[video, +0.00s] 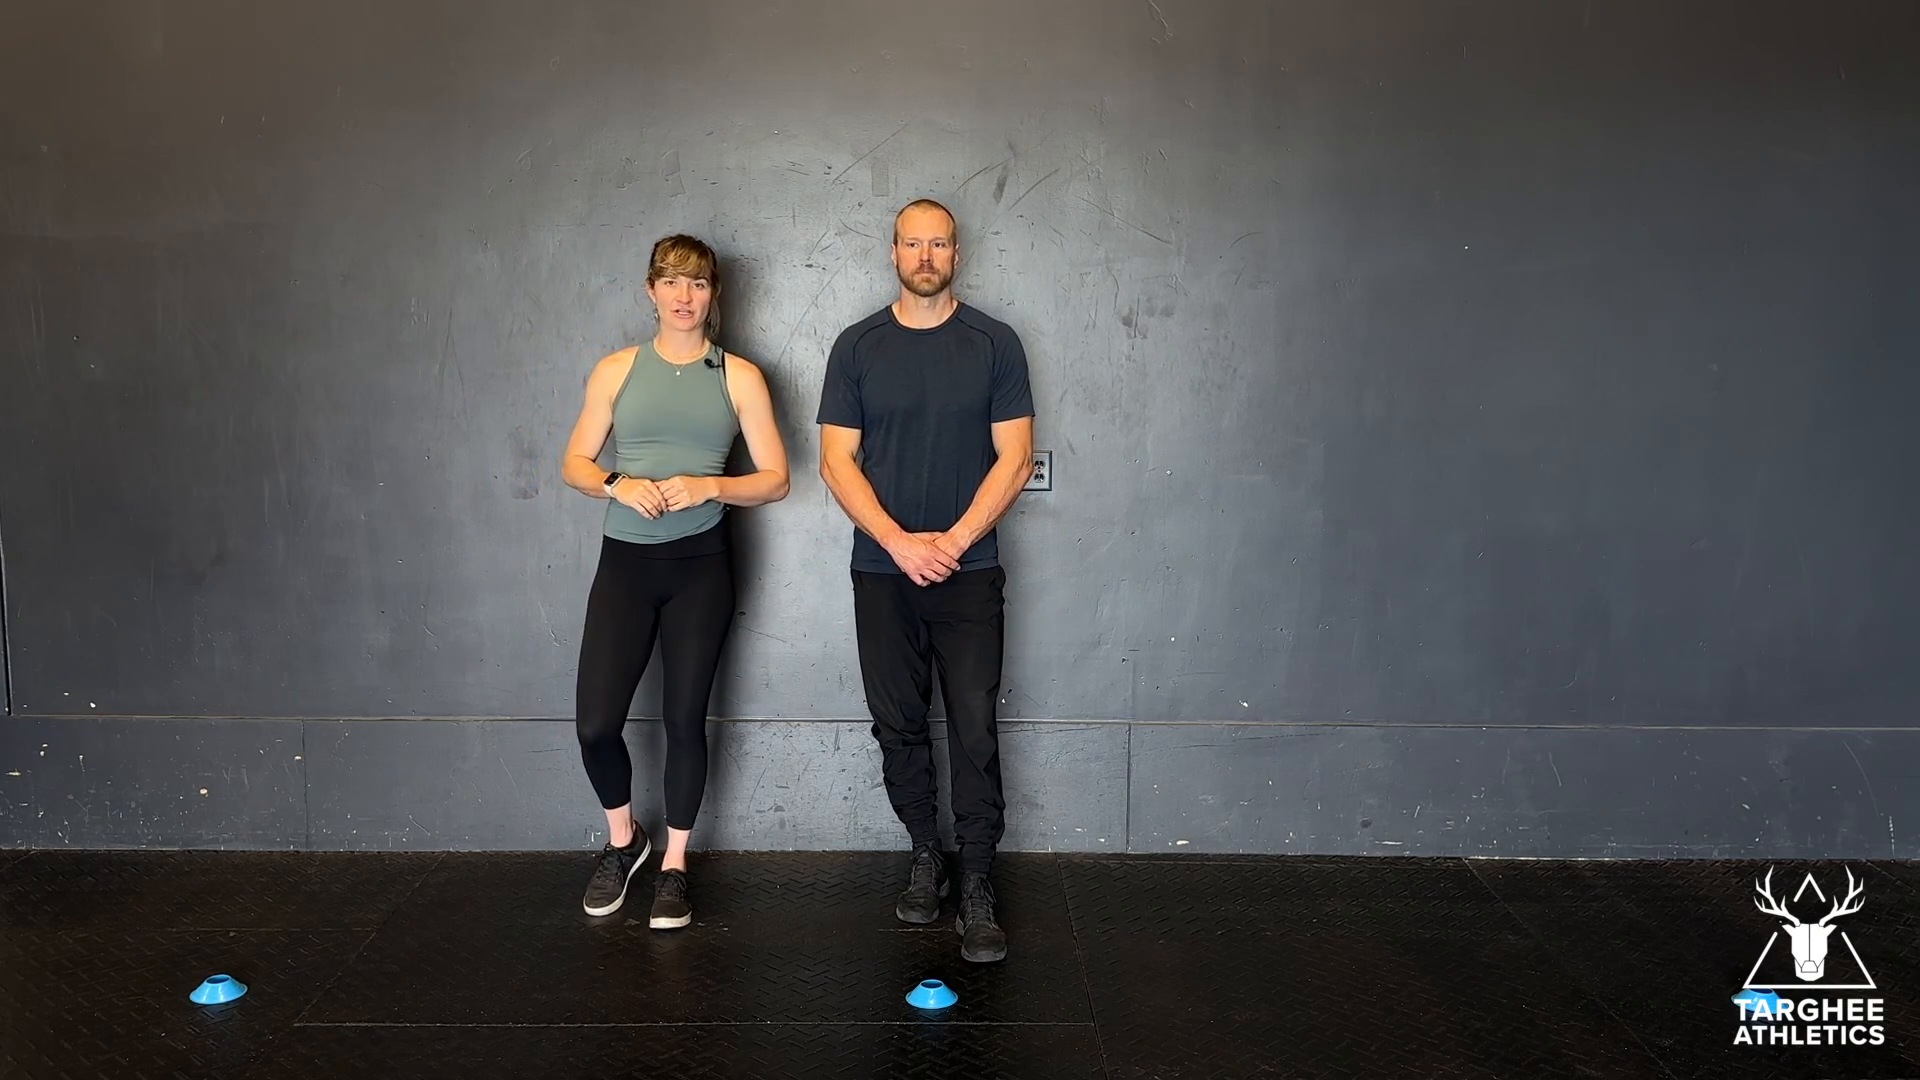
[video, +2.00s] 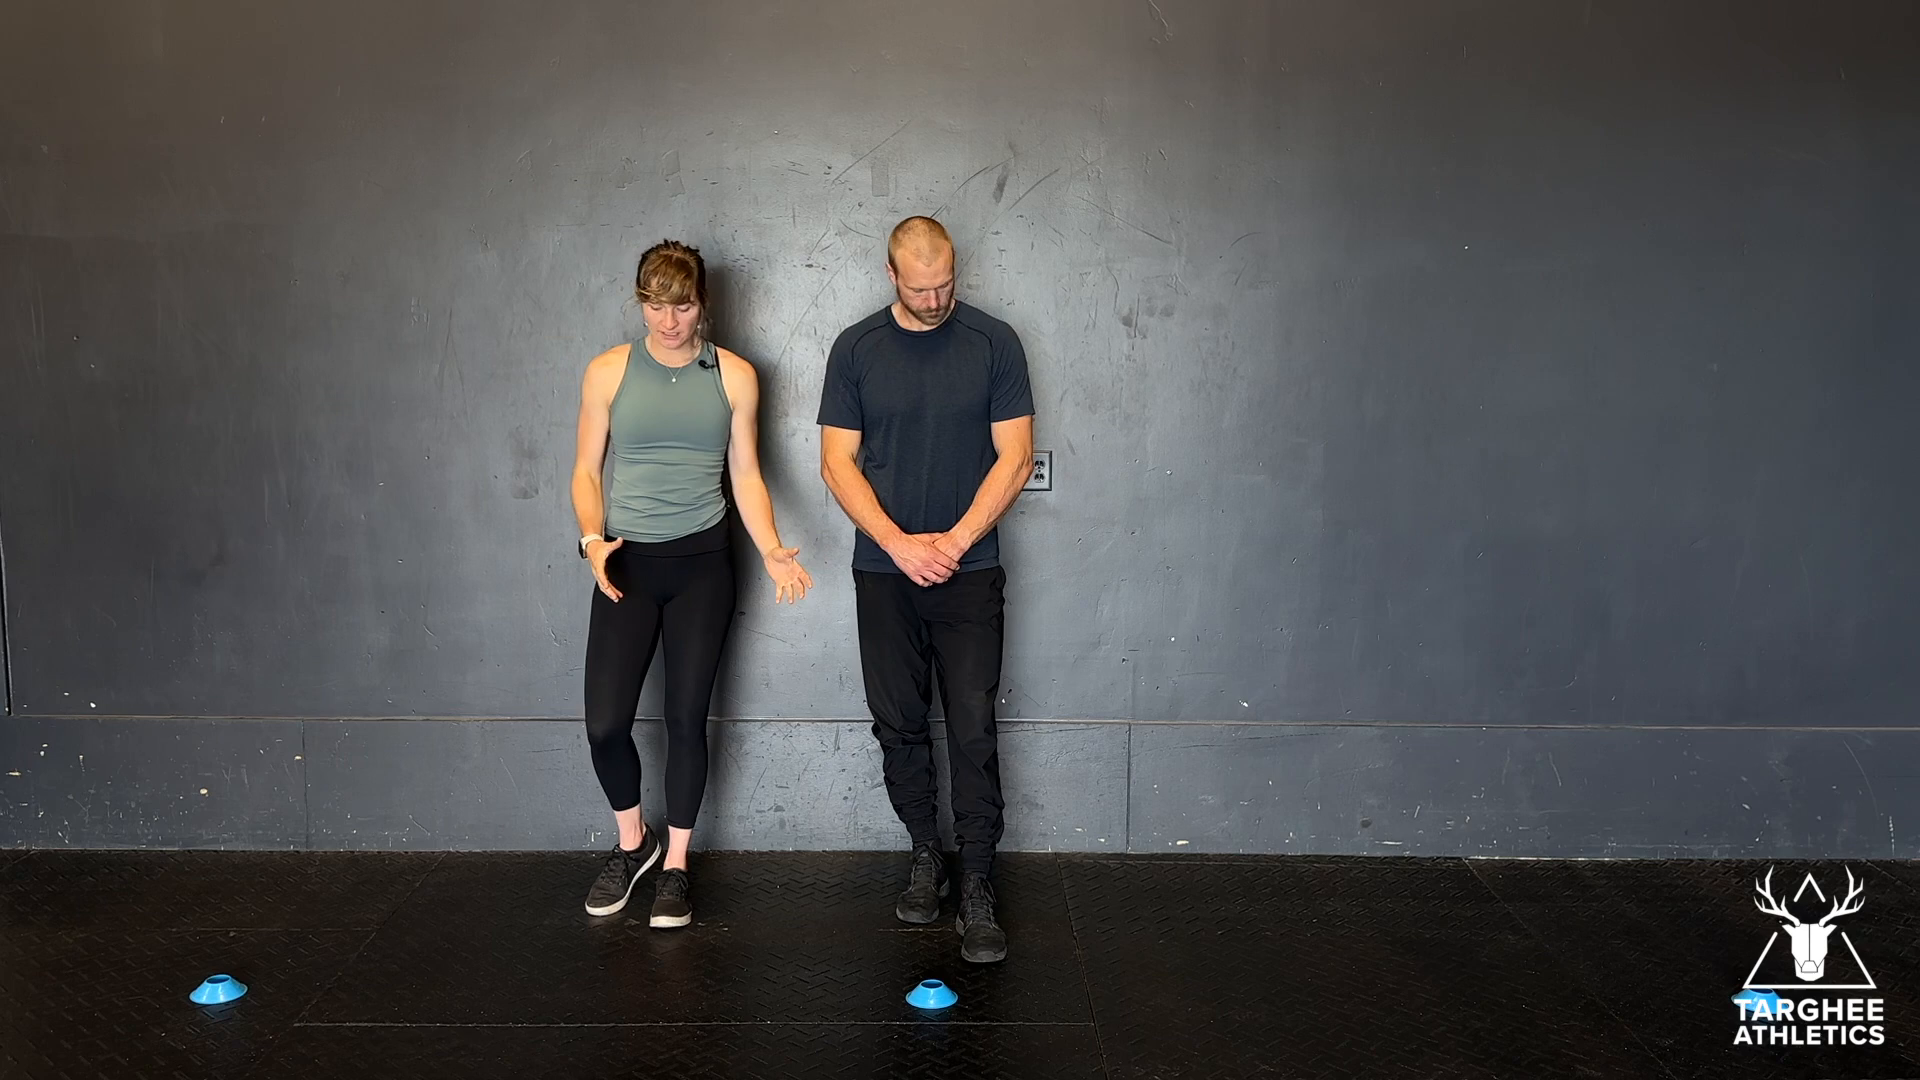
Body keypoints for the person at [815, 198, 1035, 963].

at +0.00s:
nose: (926, 255)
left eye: (938, 243)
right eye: (913, 243)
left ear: (956, 254)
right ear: (894, 253)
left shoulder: (994, 343)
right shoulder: (856, 347)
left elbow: (1016, 460)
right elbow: (836, 462)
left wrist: (952, 542)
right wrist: (896, 540)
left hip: (968, 570)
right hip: (883, 570)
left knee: (974, 732)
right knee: (900, 727)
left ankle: (978, 887)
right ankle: (928, 859)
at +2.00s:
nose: (936, 295)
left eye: (945, 281)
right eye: (922, 285)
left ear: (954, 267)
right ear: (893, 274)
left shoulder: (992, 343)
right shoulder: (856, 348)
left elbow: (1016, 460)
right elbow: (836, 464)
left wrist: (954, 541)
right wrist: (896, 541)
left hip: (968, 570)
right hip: (885, 571)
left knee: (972, 731)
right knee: (899, 726)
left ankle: (977, 884)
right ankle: (928, 856)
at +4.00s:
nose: (899, 304)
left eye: (911, 292)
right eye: (889, 292)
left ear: (938, 274)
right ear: (874, 278)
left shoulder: (988, 343)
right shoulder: (851, 348)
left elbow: (1011, 461)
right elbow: (830, 461)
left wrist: (946, 539)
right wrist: (887, 538)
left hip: (963, 564)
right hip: (878, 566)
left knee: (972, 715)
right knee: (895, 721)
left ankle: (975, 870)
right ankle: (926, 855)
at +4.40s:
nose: (906, 299)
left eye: (917, 286)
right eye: (894, 287)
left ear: (940, 271)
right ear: (877, 276)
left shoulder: (987, 342)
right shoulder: (851, 349)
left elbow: (1011, 459)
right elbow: (831, 463)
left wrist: (948, 538)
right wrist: (888, 539)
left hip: (965, 570)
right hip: (882, 571)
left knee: (971, 725)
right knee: (897, 725)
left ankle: (977, 881)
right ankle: (929, 856)